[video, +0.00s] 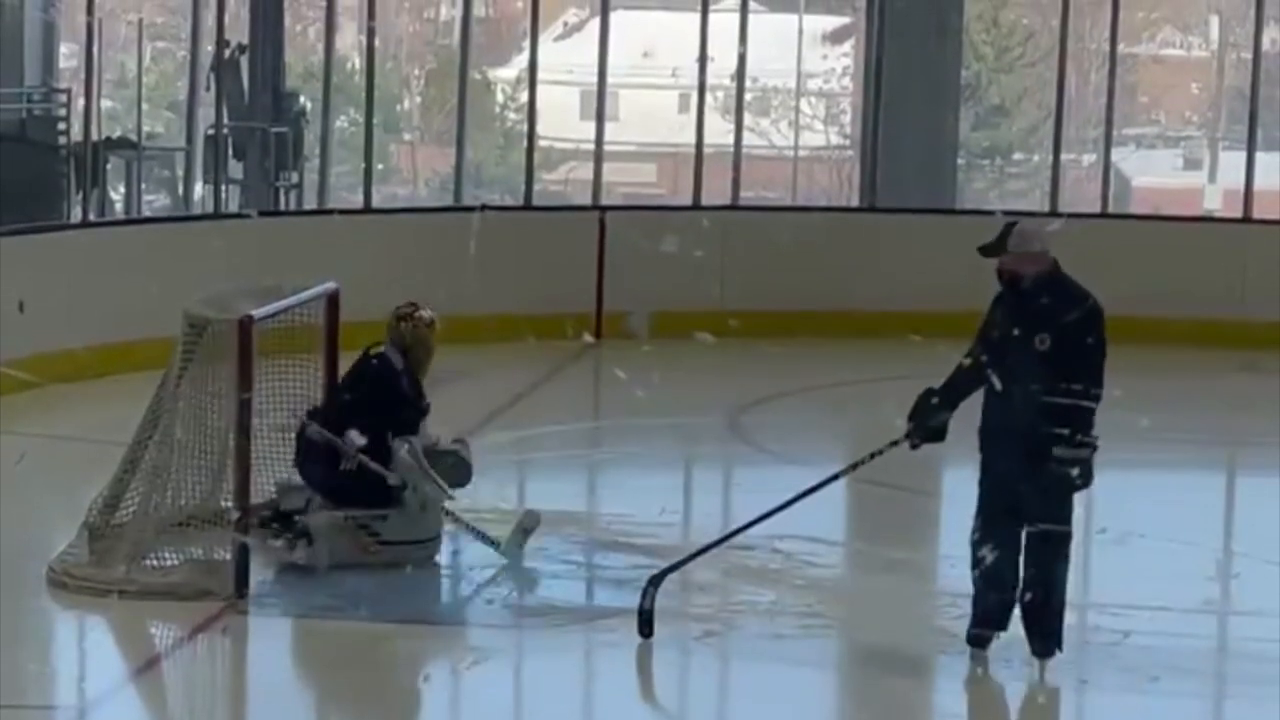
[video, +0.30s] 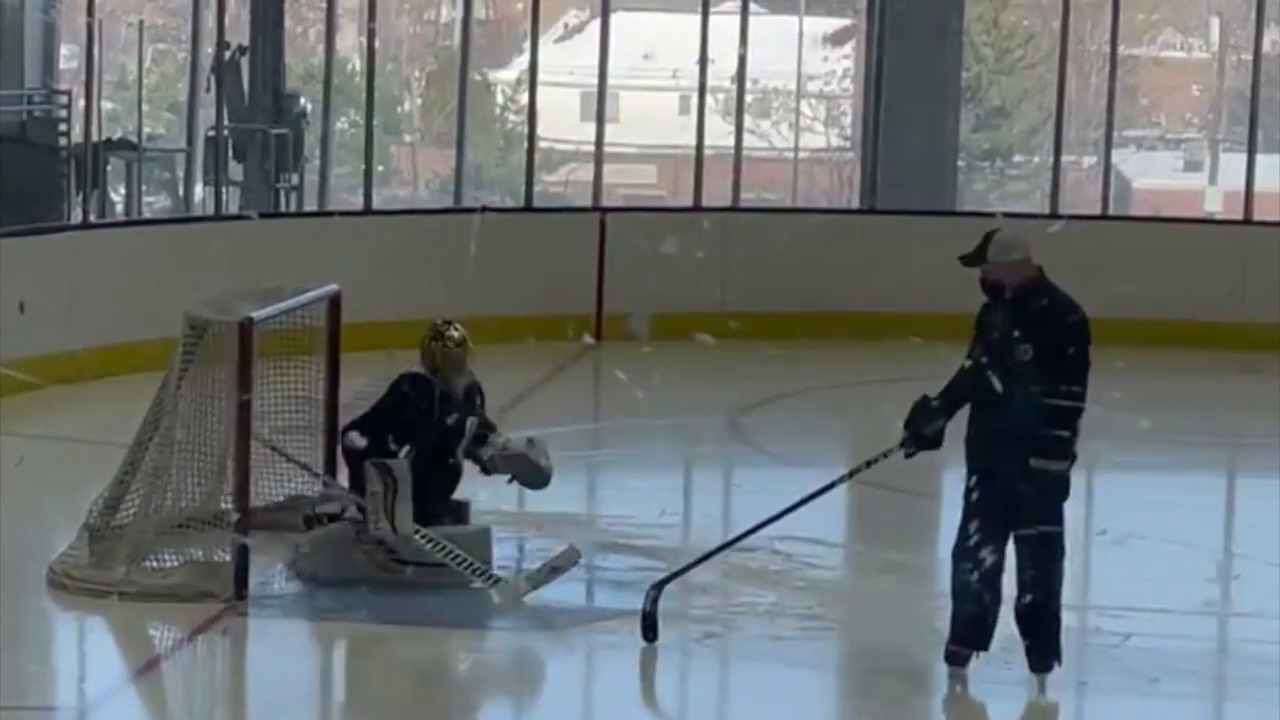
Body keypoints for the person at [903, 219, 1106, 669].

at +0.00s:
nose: (999, 268)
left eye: (1006, 261)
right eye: (999, 261)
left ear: (1031, 259)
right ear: (1017, 259)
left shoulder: (1080, 309)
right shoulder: (1009, 299)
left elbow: (1084, 387)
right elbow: (979, 361)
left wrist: (1074, 447)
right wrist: (940, 404)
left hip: (1052, 449)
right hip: (1002, 445)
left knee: (1047, 547)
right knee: (993, 540)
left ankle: (1045, 642)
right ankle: (984, 628)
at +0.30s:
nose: (985, 277)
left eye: (992, 270)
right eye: (985, 270)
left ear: (1018, 266)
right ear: (1000, 269)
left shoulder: (1065, 318)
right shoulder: (995, 311)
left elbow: (1067, 401)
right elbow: (974, 373)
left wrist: (1052, 466)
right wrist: (933, 416)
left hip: (1040, 467)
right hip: (989, 463)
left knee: (1039, 570)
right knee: (974, 560)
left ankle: (1042, 671)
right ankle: (958, 662)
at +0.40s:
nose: (978, 280)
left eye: (984, 272)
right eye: (978, 272)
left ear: (1008, 270)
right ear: (999, 270)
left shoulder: (1056, 318)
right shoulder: (990, 313)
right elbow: (977, 378)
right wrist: (937, 422)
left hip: (1037, 465)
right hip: (985, 460)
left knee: (1036, 565)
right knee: (969, 558)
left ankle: (1040, 664)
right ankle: (954, 656)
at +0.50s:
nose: (970, 281)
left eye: (976, 273)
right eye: (970, 274)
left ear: (1001, 272)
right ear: (989, 273)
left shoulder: (1049, 321)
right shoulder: (986, 314)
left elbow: (1044, 403)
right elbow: (976, 383)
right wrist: (936, 426)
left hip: (1031, 468)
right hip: (980, 463)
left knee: (1030, 569)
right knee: (961, 562)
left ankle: (1035, 671)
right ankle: (945, 663)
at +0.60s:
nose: (964, 284)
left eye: (970, 276)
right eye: (963, 276)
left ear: (994, 274)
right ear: (979, 275)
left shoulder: (1039, 324)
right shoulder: (980, 318)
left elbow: (1012, 399)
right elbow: (969, 391)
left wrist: (940, 423)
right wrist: (934, 428)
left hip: (1022, 472)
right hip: (971, 466)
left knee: (1022, 577)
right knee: (950, 568)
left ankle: (1027, 684)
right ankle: (936, 673)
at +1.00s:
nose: (920, 288)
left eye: (925, 279)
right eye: (919, 280)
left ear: (948, 278)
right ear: (948, 278)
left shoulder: (978, 330)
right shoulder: (944, 326)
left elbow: (968, 415)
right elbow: (926, 397)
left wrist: (906, 438)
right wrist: (896, 428)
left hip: (968, 481)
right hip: (924, 477)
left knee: (964, 577)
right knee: (900, 573)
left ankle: (979, 691)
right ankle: (895, 680)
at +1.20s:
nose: (883, 290)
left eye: (888, 281)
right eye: (883, 281)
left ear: (908, 280)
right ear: (916, 279)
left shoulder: (933, 331)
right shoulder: (917, 326)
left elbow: (909, 402)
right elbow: (890, 395)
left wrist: (842, 405)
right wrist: (840, 406)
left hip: (920, 491)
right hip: (892, 486)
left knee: (917, 587)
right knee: (863, 581)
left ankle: (936, 696)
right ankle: (857, 685)